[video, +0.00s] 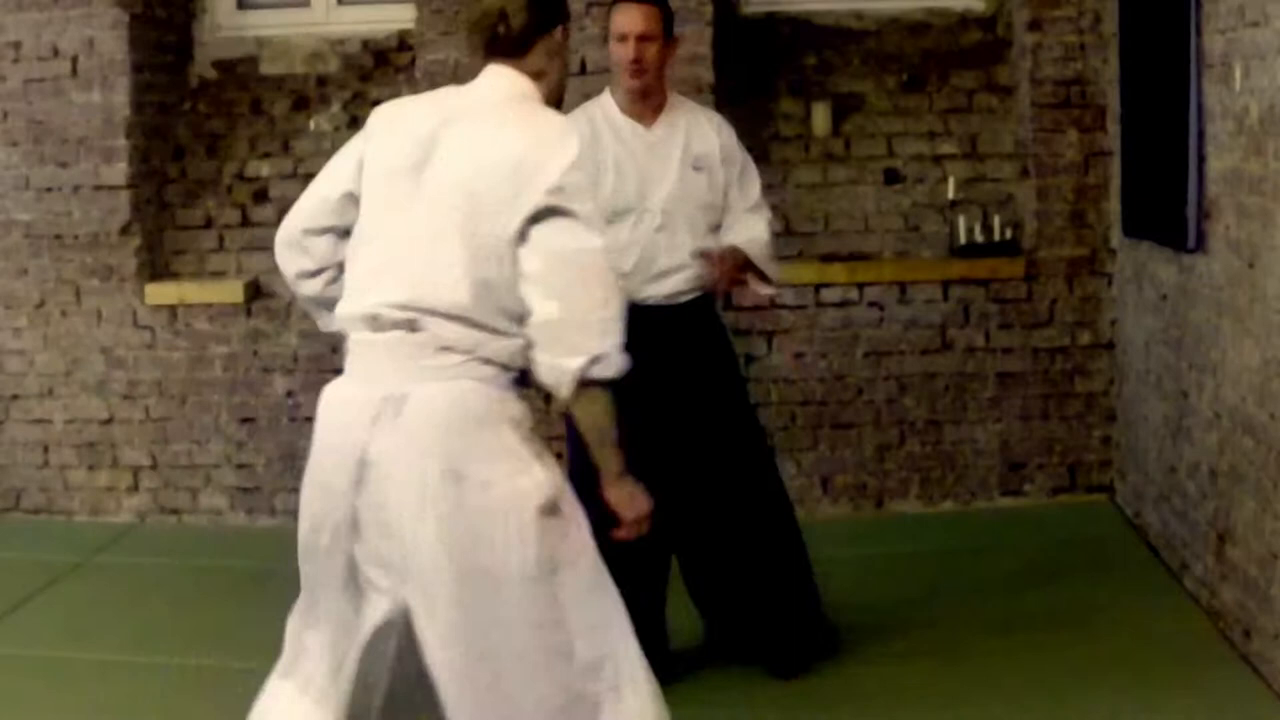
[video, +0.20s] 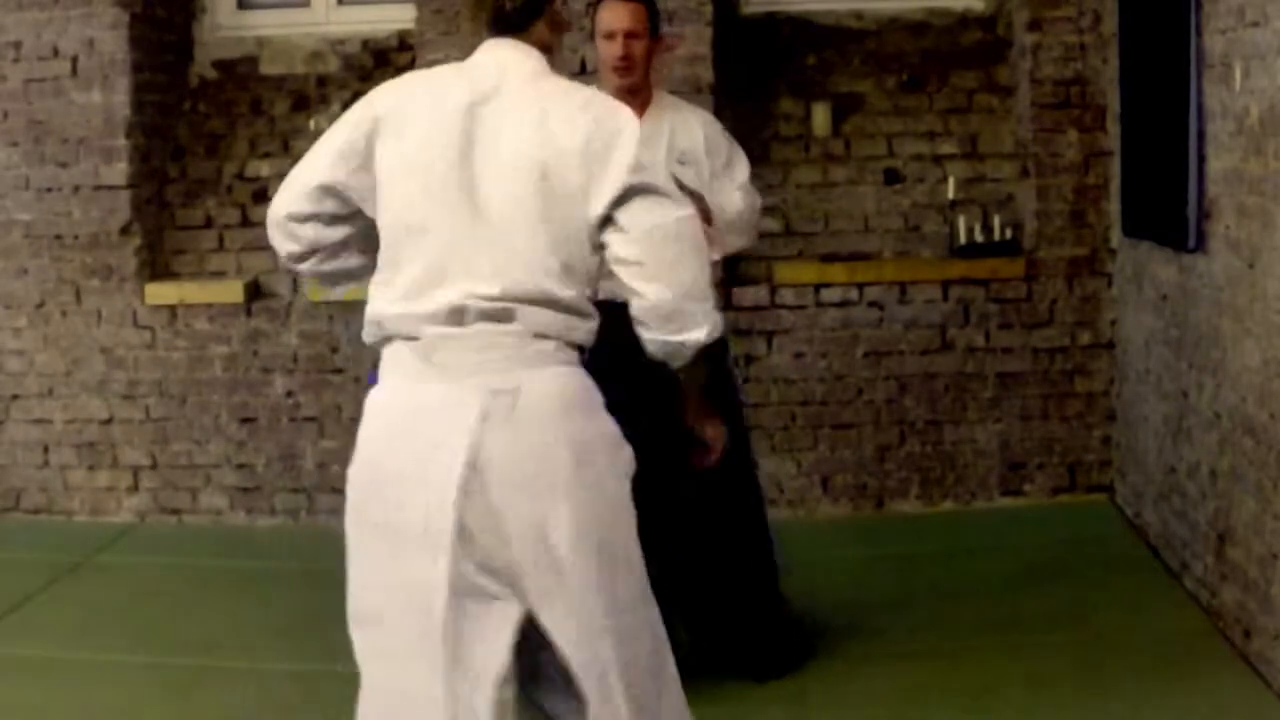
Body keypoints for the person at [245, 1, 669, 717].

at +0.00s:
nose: (568, 55)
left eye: (565, 39)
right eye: (566, 39)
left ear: (484, 41)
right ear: (550, 41)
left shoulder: (392, 121)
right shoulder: (550, 144)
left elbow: (301, 245)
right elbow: (573, 335)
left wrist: (377, 332)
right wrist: (614, 475)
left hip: (353, 409)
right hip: (465, 420)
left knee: (330, 655)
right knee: (537, 666)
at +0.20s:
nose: (579, 32)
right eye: (575, 20)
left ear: (481, 22)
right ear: (554, 22)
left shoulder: (393, 103)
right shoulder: (598, 121)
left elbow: (294, 227)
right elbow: (675, 297)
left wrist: (411, 250)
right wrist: (695, 403)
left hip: (407, 410)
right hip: (546, 411)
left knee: (411, 677)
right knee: (615, 673)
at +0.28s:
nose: (562, 29)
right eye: (558, 21)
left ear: (460, 26)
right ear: (540, 25)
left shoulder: (382, 105)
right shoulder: (597, 121)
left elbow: (296, 233)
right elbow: (699, 297)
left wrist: (385, 251)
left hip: (425, 413)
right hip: (570, 412)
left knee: (436, 682)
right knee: (602, 678)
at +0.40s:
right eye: (526, 16)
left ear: (427, 26)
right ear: (515, 21)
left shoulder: (363, 130)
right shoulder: (581, 121)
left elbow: (315, 293)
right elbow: (692, 275)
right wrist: (580, 275)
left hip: (438, 434)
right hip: (584, 421)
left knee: (453, 681)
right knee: (615, 672)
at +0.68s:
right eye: (525, 11)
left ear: (435, 27)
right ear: (524, 16)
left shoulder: (391, 157)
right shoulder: (611, 117)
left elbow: (376, 348)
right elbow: (662, 194)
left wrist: (460, 378)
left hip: (471, 446)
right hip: (617, 433)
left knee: (482, 698)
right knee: (656, 691)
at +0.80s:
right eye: (554, 17)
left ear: (460, 39)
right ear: (548, 25)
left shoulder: (417, 181)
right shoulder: (631, 126)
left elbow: (410, 374)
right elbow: (690, 216)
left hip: (512, 458)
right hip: (649, 442)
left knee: (506, 696)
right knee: (671, 693)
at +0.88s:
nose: (645, 78)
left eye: (661, 64)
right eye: (631, 61)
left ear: (477, 62)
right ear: (558, 49)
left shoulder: (430, 204)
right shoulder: (640, 141)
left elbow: (437, 393)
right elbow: (722, 220)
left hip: (527, 463)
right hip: (660, 444)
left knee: (529, 688)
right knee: (678, 685)